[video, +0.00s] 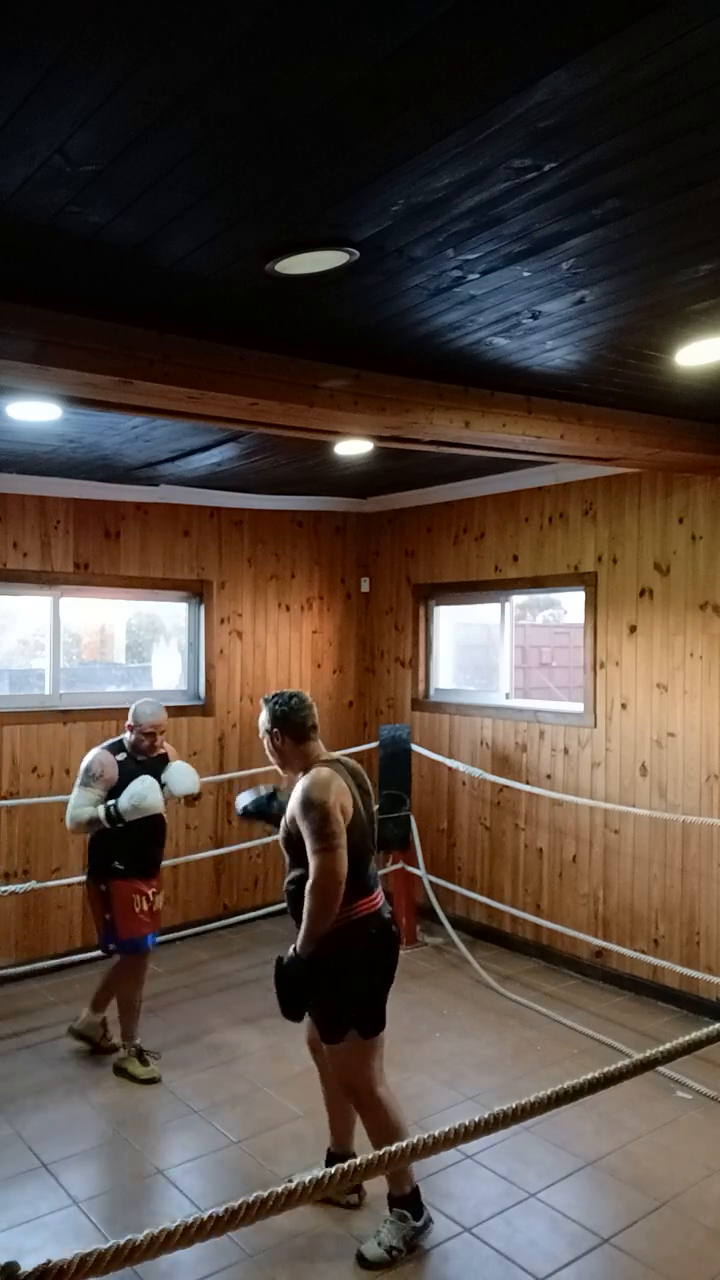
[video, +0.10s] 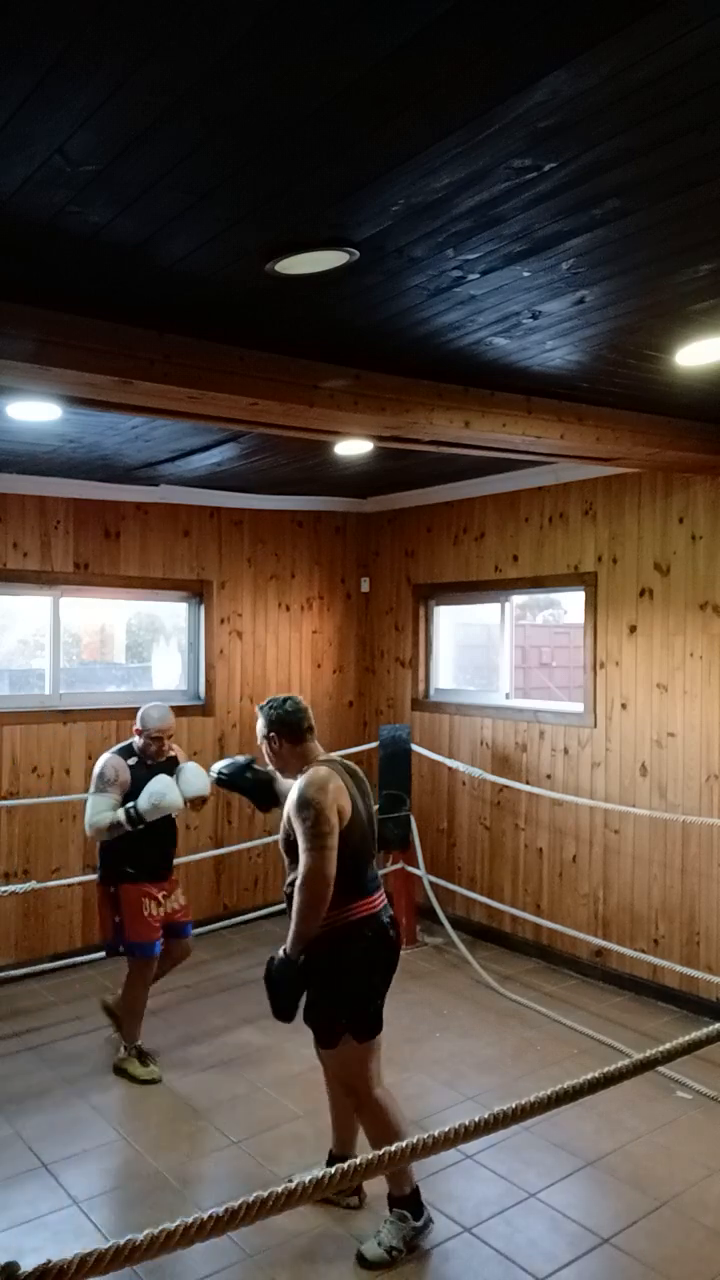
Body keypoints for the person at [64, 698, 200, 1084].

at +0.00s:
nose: (157, 741)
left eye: (161, 733)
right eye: (149, 734)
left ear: (165, 730)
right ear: (130, 730)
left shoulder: (162, 754)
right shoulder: (103, 761)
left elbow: (183, 788)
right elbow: (77, 819)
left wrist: (181, 782)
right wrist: (119, 809)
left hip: (148, 871)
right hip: (115, 875)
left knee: (135, 953)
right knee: (135, 956)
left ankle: (91, 1019)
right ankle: (129, 1049)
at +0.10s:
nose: (165, 744)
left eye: (168, 737)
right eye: (156, 738)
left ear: (174, 731)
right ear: (137, 734)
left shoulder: (173, 757)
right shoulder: (113, 765)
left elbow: (195, 807)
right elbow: (96, 827)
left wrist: (196, 790)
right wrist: (140, 810)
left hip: (163, 877)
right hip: (128, 881)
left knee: (179, 948)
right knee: (143, 964)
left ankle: (122, 1003)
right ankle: (129, 1051)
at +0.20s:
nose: (176, 741)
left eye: (180, 734)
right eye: (167, 735)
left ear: (186, 729)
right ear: (150, 730)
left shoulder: (184, 754)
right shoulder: (125, 761)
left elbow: (193, 799)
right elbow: (110, 822)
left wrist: (214, 781)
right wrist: (156, 804)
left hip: (178, 873)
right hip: (140, 880)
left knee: (200, 940)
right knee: (146, 964)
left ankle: (166, 1006)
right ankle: (130, 1050)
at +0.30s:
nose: (190, 739)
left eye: (195, 731)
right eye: (182, 732)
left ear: (199, 726)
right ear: (163, 727)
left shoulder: (198, 753)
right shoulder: (139, 757)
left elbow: (204, 789)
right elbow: (119, 817)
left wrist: (226, 782)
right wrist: (166, 800)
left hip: (191, 873)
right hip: (152, 880)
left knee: (208, 945)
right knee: (150, 965)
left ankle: (211, 1021)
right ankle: (131, 1050)